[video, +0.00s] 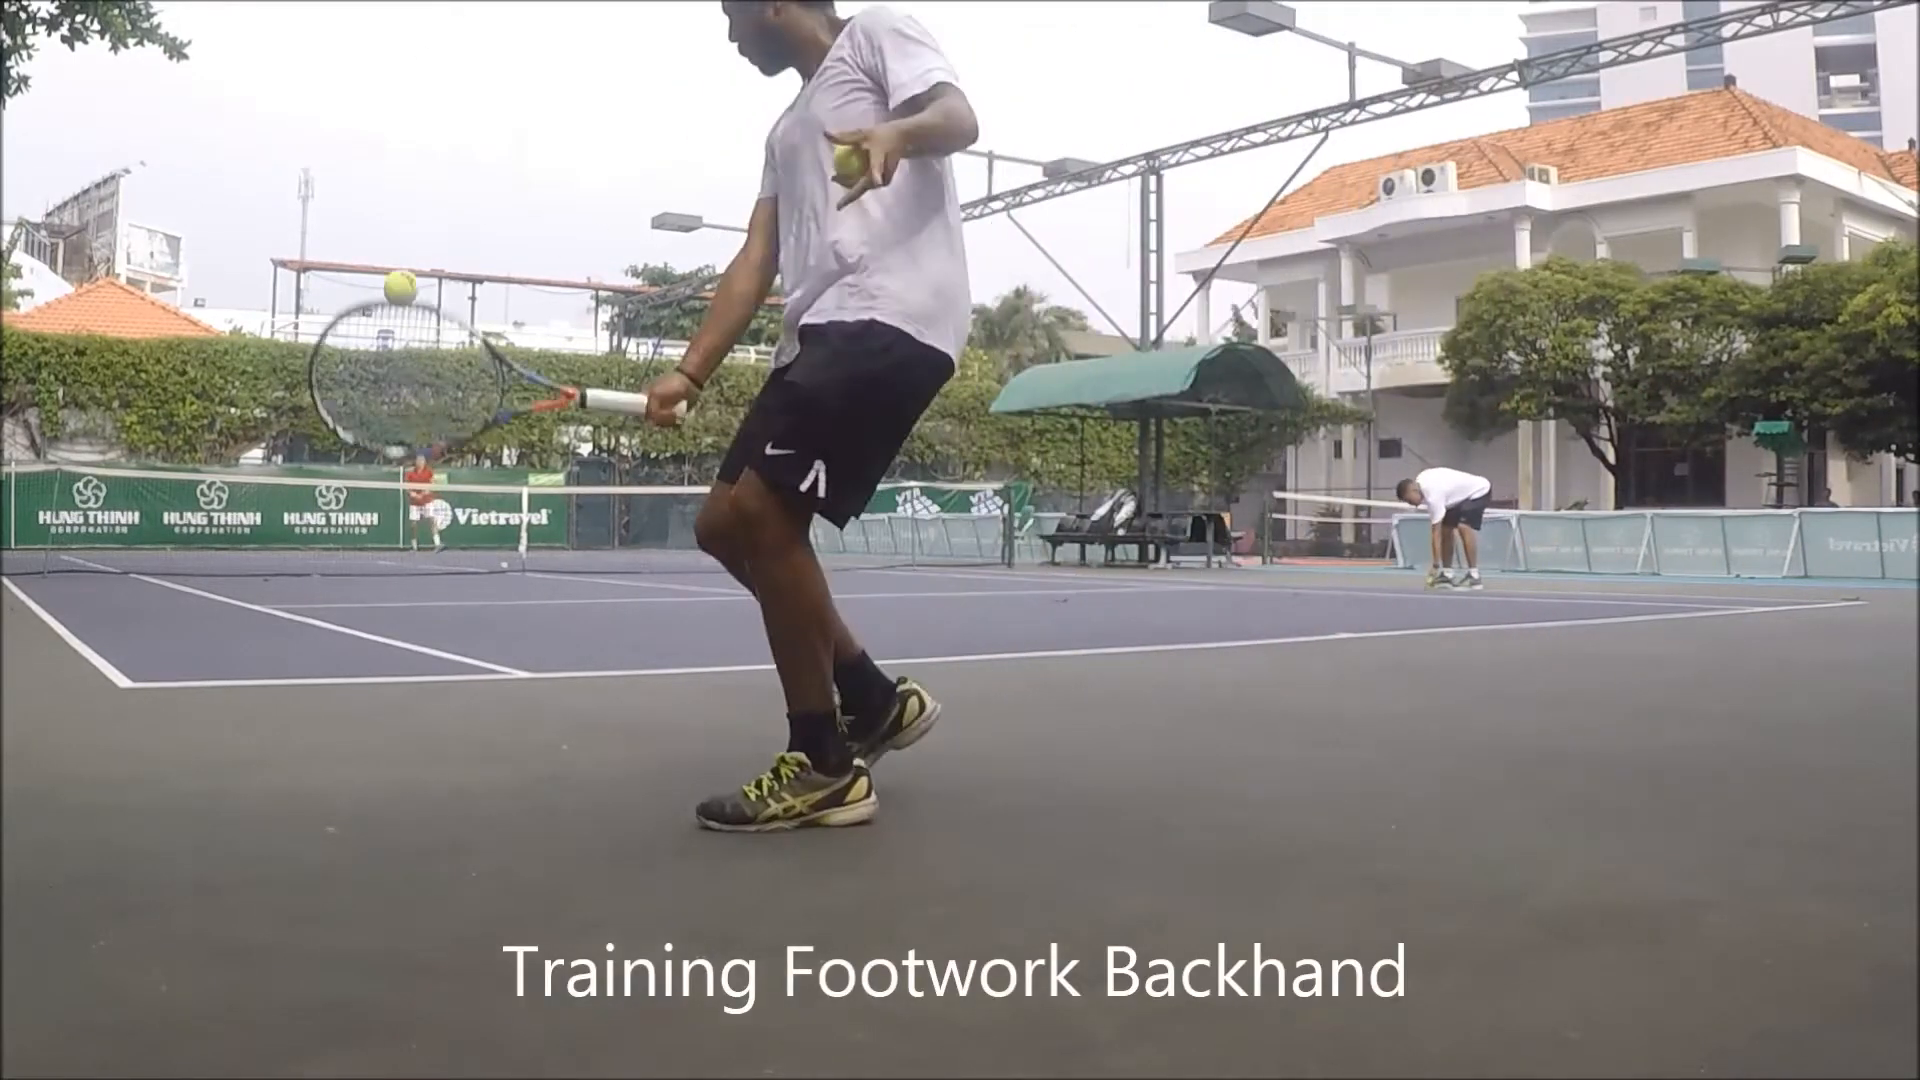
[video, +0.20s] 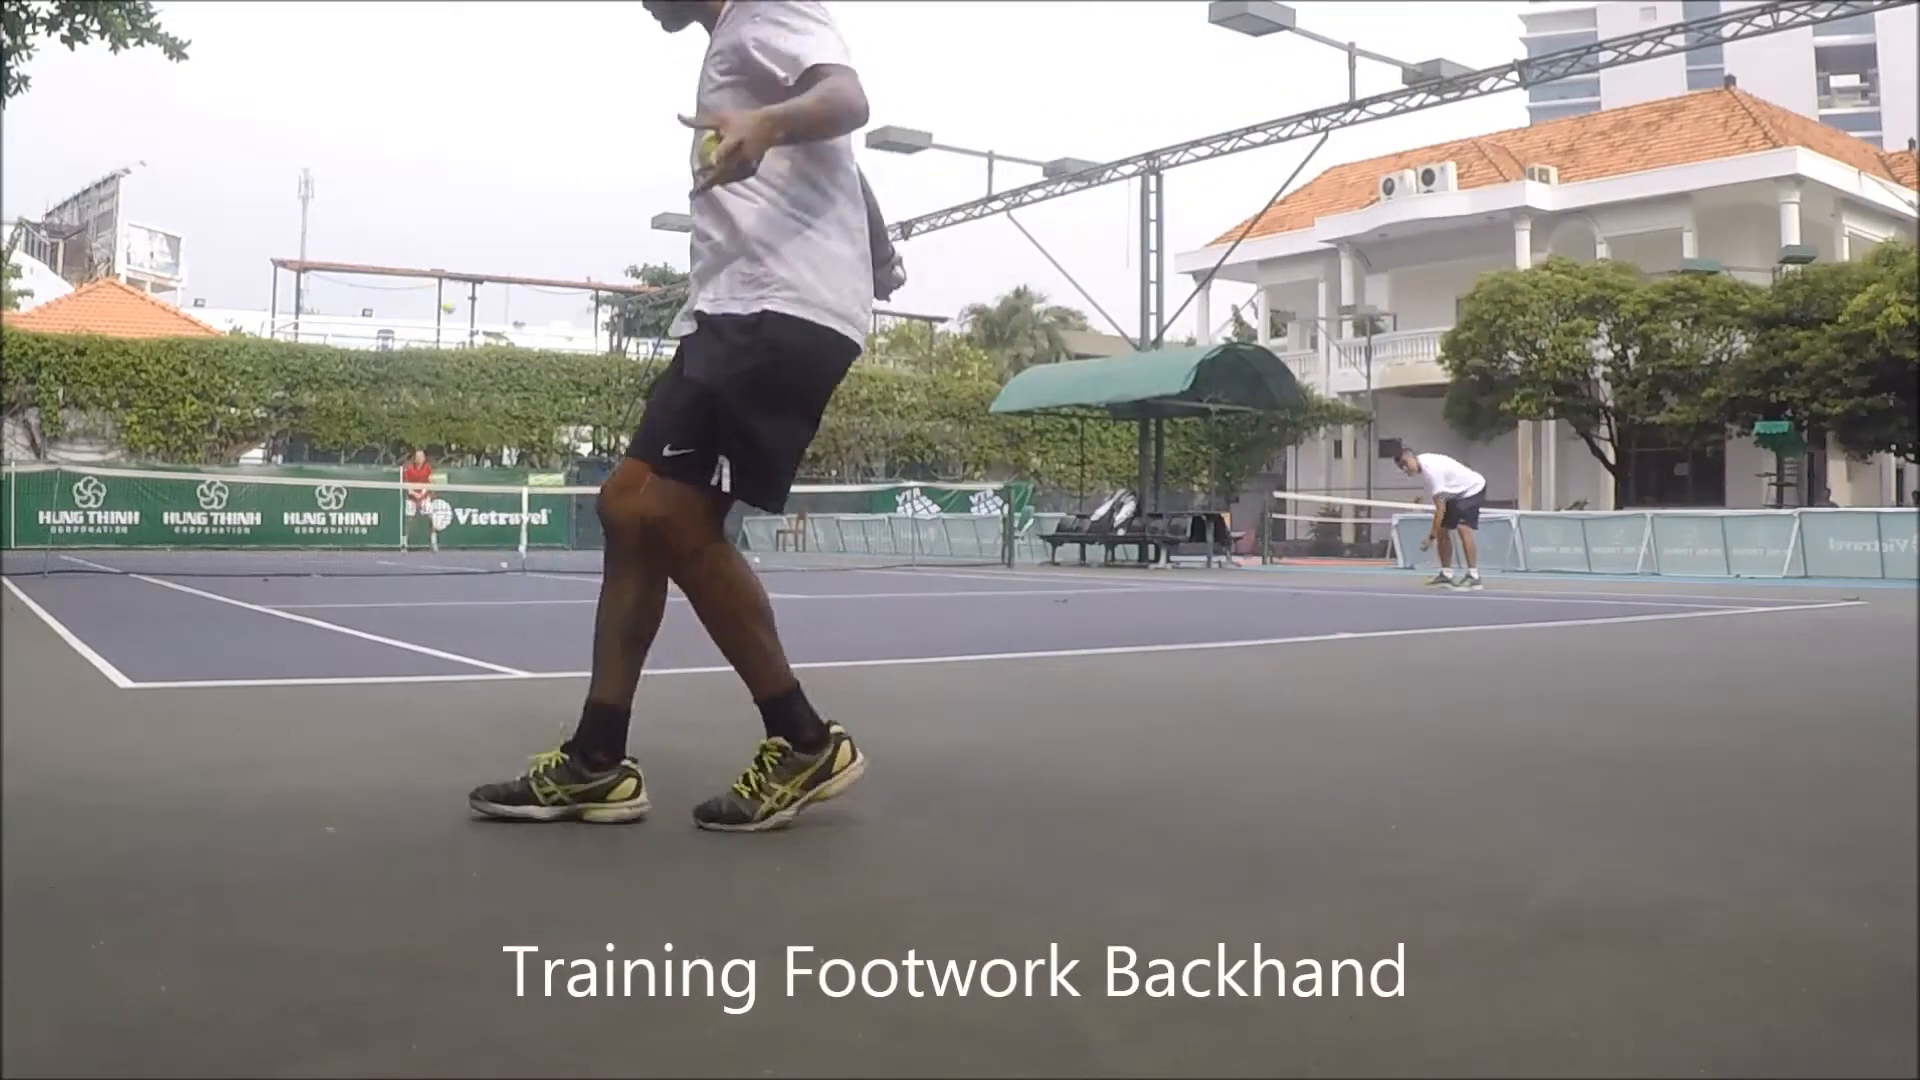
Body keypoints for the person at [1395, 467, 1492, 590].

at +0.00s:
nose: (1411, 504)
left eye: (1410, 500)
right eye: (1408, 502)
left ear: (1414, 489)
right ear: (1413, 487)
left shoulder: (1434, 493)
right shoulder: (1421, 480)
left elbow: (1436, 530)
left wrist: (1436, 565)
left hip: (1478, 490)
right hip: (1458, 494)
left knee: (1464, 527)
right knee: (1445, 529)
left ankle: (1474, 575)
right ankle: (1447, 573)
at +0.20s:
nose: (1404, 469)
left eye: (1405, 464)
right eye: (1401, 467)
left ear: (1413, 458)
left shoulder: (1431, 470)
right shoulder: (1423, 464)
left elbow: (1440, 507)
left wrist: (1431, 537)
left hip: (1472, 489)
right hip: (1454, 492)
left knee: (1463, 527)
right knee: (1442, 530)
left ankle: (1473, 575)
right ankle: (1446, 574)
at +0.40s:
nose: (1411, 433)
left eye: (1413, 429)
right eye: (1407, 431)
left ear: (1421, 427)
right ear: (1406, 435)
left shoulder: (1436, 442)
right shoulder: (1415, 449)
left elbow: (1447, 475)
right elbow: (1426, 474)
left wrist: (1433, 500)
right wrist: (1424, 500)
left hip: (1465, 486)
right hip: (1447, 490)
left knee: (1465, 527)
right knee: (1440, 530)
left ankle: (1472, 573)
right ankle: (1446, 573)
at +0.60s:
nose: (1421, 416)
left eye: (1424, 412)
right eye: (1418, 413)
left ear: (1431, 413)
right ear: (1415, 417)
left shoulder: (1445, 430)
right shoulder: (1417, 438)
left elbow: (1453, 462)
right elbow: (1421, 465)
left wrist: (1431, 486)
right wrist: (1421, 487)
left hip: (1461, 484)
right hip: (1442, 488)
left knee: (1465, 529)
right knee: (1441, 530)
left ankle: (1475, 572)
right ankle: (1446, 572)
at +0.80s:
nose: (1430, 410)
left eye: (1433, 406)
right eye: (1428, 407)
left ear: (1441, 407)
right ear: (1425, 411)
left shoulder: (1455, 426)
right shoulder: (1424, 433)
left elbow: (1463, 456)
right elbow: (1423, 462)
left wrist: (1442, 477)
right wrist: (1422, 484)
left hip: (1462, 487)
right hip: (1441, 490)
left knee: (1466, 529)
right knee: (1442, 531)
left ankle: (1476, 570)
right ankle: (1446, 572)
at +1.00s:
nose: (1442, 408)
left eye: (1445, 404)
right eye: (1439, 405)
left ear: (1453, 406)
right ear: (1437, 408)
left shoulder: (1466, 425)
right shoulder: (1433, 431)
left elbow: (1480, 452)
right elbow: (1429, 463)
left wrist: (1464, 476)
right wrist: (1425, 488)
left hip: (1466, 489)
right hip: (1443, 490)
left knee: (1471, 532)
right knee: (1443, 532)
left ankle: (1476, 571)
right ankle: (1446, 572)